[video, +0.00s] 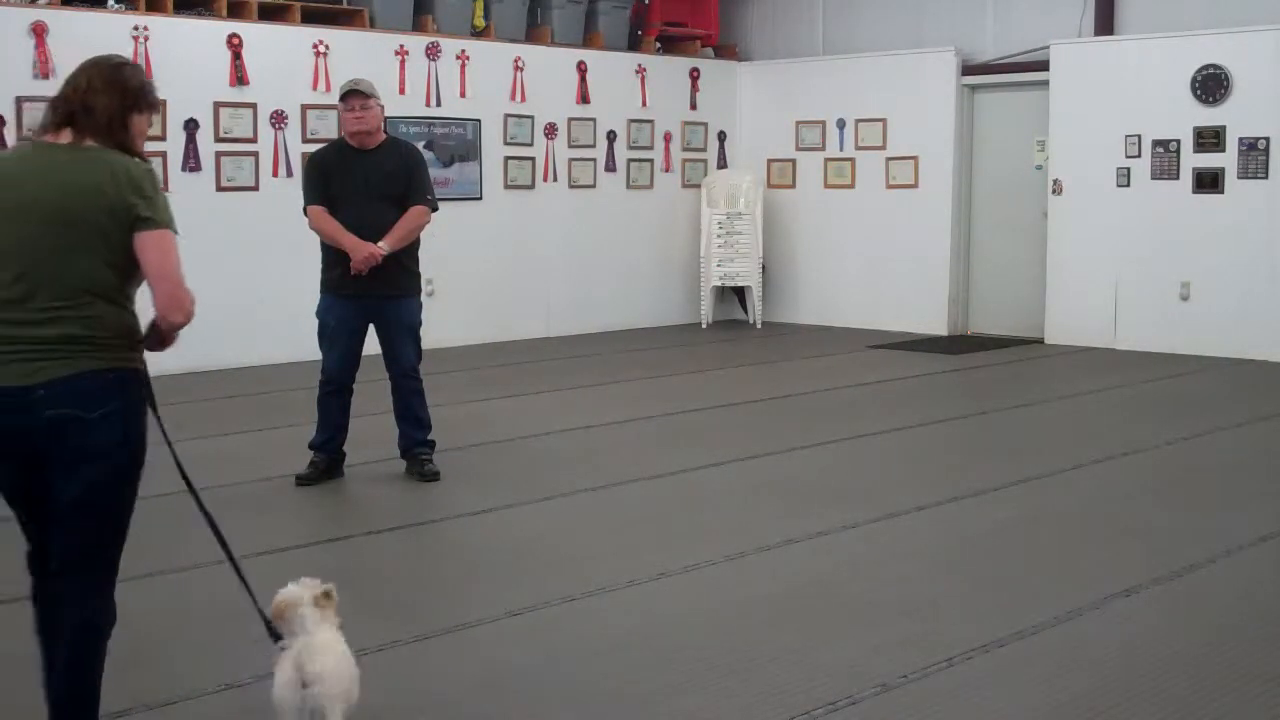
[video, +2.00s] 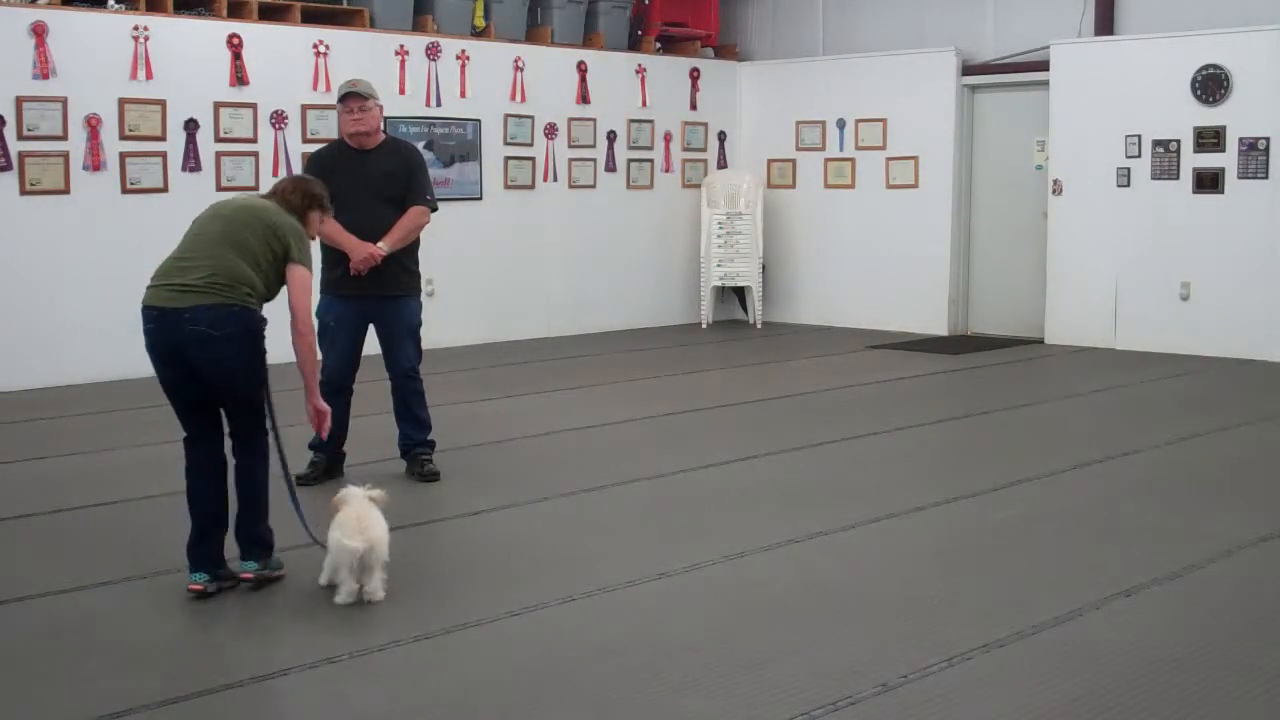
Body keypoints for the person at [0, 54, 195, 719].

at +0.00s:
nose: (149, 132)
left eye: (151, 120)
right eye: (146, 119)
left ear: (71, 106)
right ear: (119, 113)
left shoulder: (10, 165)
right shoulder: (128, 175)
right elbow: (173, 305)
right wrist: (161, 331)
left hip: (8, 398)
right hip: (94, 397)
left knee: (47, 560)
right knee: (86, 578)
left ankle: (66, 700)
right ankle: (74, 708)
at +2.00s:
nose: (317, 235)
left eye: (321, 225)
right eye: (319, 223)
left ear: (277, 198)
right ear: (304, 211)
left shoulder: (221, 210)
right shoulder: (291, 232)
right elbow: (302, 325)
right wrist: (314, 395)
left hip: (160, 316)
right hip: (225, 319)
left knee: (201, 438)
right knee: (249, 437)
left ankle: (204, 566)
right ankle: (255, 554)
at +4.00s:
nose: (344, 147)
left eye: (346, 139)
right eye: (340, 138)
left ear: (312, 133)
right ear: (316, 132)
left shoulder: (277, 170)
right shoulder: (302, 176)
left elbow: (293, 238)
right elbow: (297, 253)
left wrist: (339, 219)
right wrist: (341, 224)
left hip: (272, 299)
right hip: (299, 302)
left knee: (266, 409)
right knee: (311, 412)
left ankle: (256, 514)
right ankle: (316, 519)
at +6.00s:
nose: (501, 225)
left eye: (506, 219)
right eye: (503, 215)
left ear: (481, 198)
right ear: (485, 200)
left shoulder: (426, 197)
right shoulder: (451, 219)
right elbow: (436, 298)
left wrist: (410, 302)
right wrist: (413, 307)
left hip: (327, 291)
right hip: (364, 304)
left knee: (302, 399)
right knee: (389, 415)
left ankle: (268, 501)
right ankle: (392, 520)